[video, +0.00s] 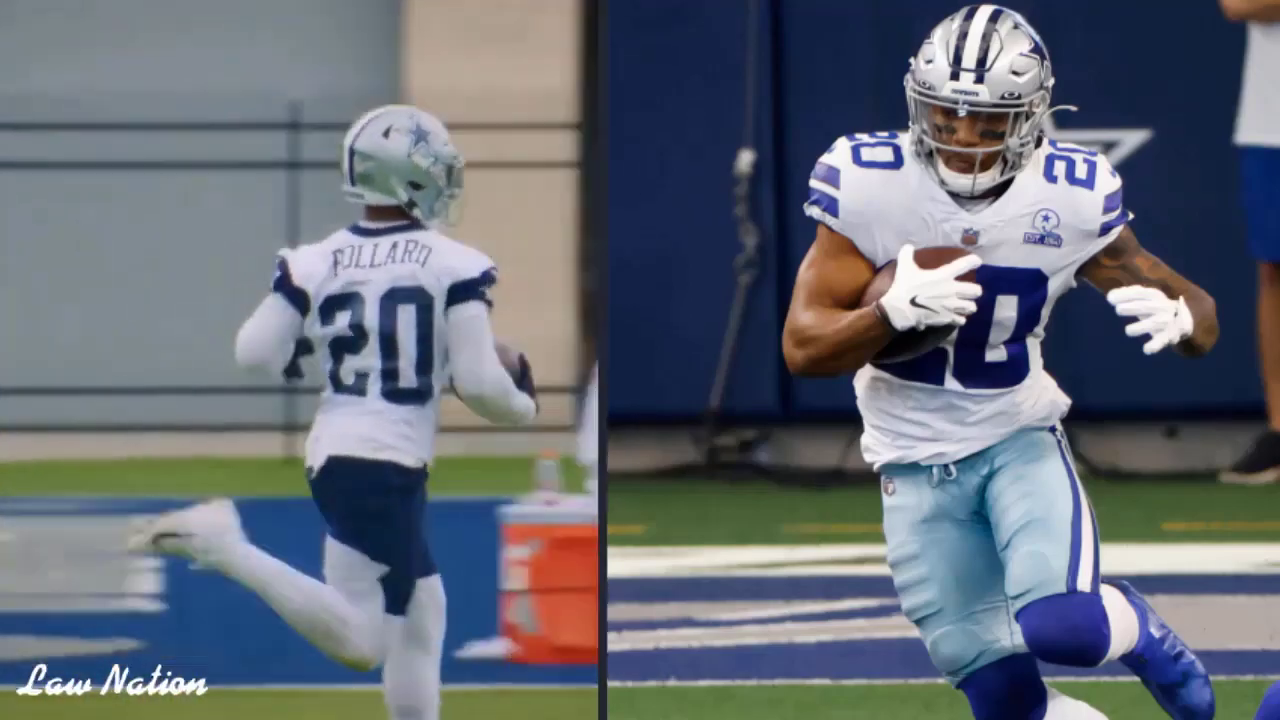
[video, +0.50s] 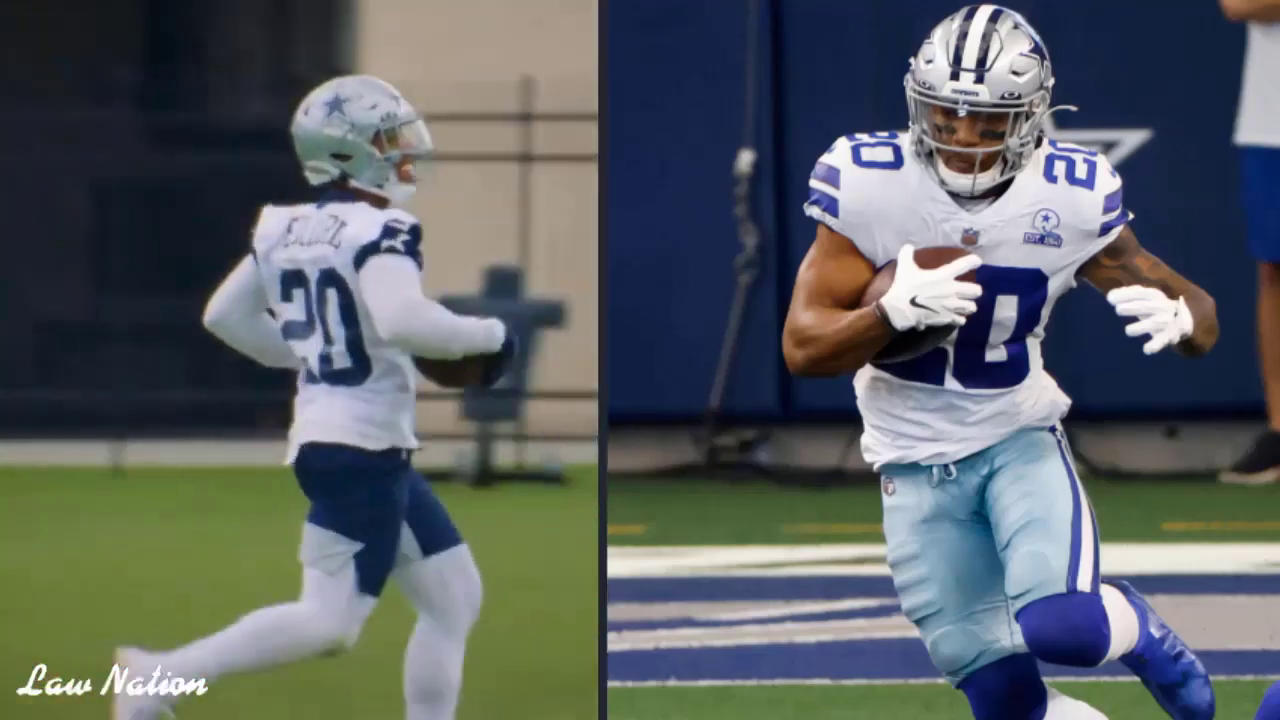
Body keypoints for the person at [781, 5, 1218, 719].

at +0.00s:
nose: (965, 137)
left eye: (988, 121)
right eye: (950, 116)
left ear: (1027, 119)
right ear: (922, 109)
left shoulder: (1070, 193)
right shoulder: (863, 179)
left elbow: (1196, 307)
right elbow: (801, 349)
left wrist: (1181, 319)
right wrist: (887, 313)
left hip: (1018, 437)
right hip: (911, 468)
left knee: (1054, 626)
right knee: (1001, 697)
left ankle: (1141, 632)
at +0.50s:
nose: (966, 137)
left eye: (988, 121)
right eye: (950, 116)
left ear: (1027, 119)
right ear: (922, 109)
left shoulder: (1070, 193)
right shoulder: (863, 179)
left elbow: (1196, 307)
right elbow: (801, 349)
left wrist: (1181, 319)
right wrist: (887, 313)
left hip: (1018, 437)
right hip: (911, 468)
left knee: (1054, 626)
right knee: (1001, 697)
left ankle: (1141, 632)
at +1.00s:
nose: (966, 137)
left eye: (988, 121)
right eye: (950, 116)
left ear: (1027, 119)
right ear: (922, 109)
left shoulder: (1070, 193)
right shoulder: (863, 179)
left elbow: (1196, 308)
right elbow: (801, 349)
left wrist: (1181, 319)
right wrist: (887, 313)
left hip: (1018, 437)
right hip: (911, 468)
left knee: (1054, 626)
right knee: (1001, 697)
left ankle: (1141, 632)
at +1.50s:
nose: (966, 138)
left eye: (988, 121)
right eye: (950, 117)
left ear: (1028, 119)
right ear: (922, 110)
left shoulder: (1071, 194)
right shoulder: (863, 179)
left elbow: (1197, 309)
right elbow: (801, 349)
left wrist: (1181, 319)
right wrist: (887, 313)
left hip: (1018, 437)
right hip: (911, 468)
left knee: (1054, 626)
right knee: (1001, 696)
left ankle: (1142, 633)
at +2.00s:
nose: (966, 138)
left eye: (988, 121)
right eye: (950, 117)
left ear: (1028, 119)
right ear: (922, 110)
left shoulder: (1071, 194)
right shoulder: (863, 179)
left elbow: (1197, 309)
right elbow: (801, 349)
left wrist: (1181, 319)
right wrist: (887, 313)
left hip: (1018, 437)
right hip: (911, 467)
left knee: (1054, 626)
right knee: (1001, 696)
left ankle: (1142, 633)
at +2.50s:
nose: (966, 138)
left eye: (988, 121)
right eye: (950, 117)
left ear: (1028, 119)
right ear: (922, 110)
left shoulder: (1071, 194)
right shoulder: (863, 179)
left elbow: (1197, 309)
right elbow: (801, 349)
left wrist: (1181, 319)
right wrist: (887, 313)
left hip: (1018, 437)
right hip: (911, 467)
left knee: (1054, 626)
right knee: (1001, 696)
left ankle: (1142, 633)